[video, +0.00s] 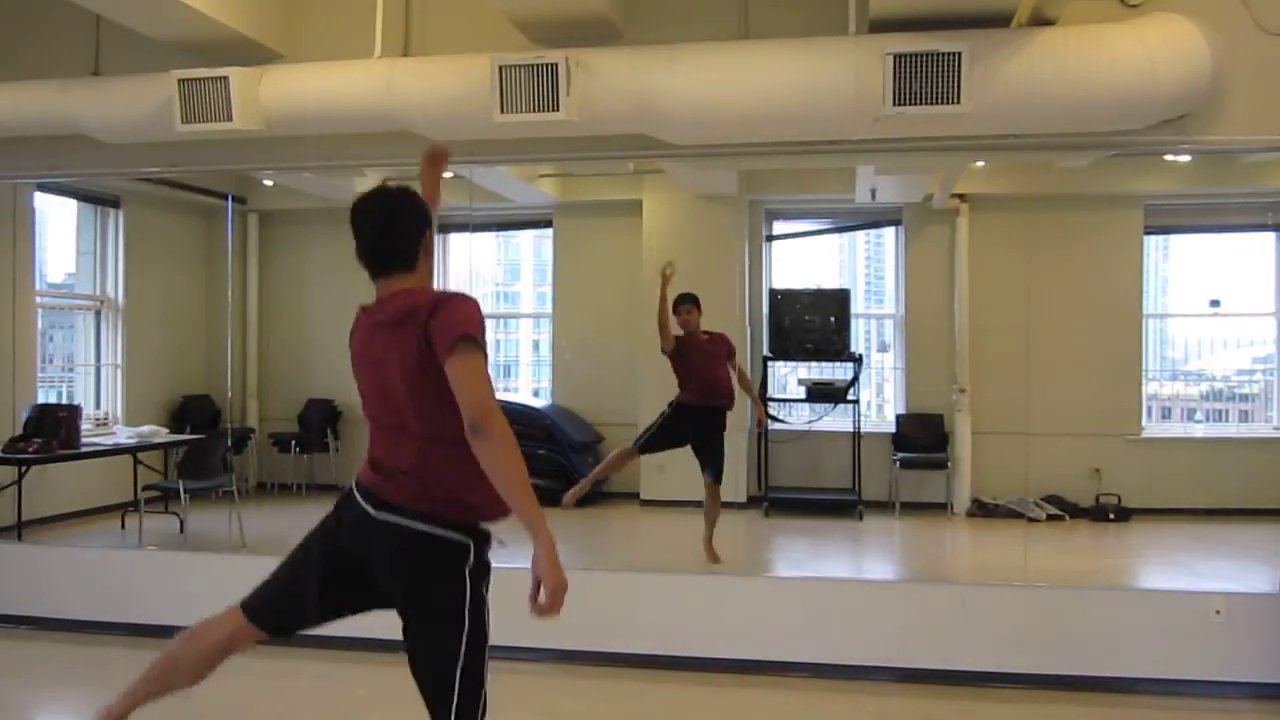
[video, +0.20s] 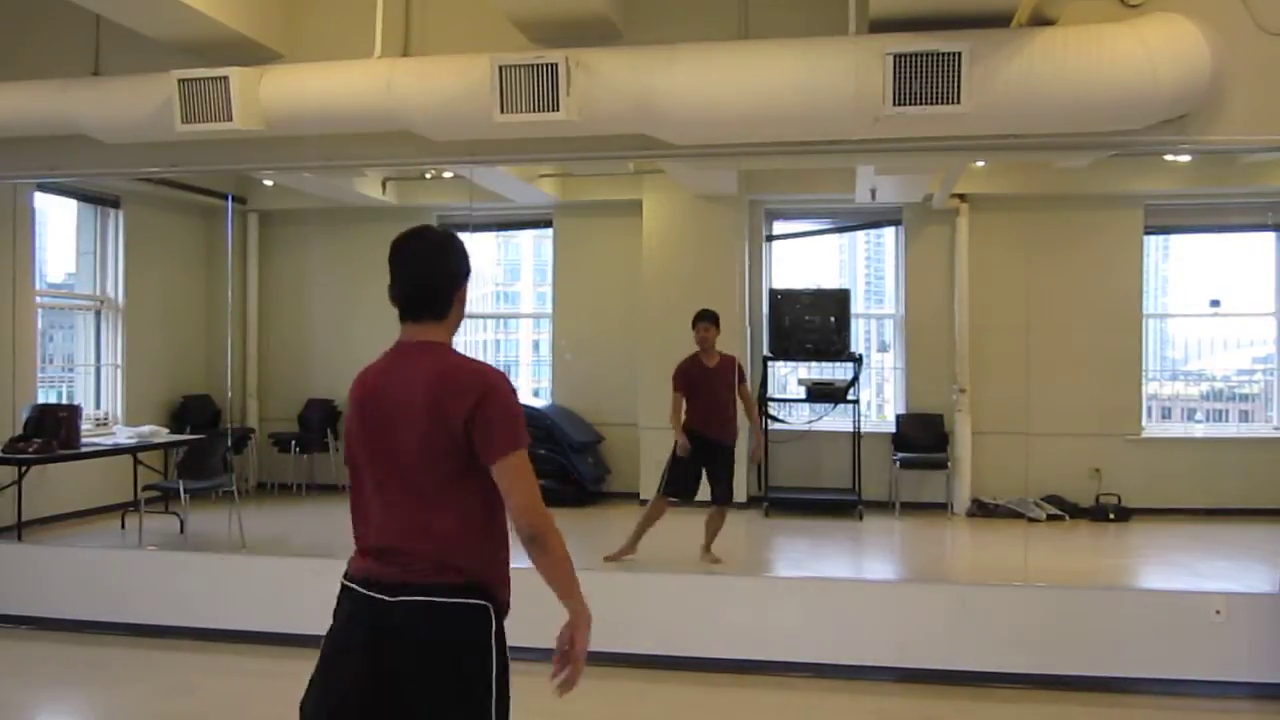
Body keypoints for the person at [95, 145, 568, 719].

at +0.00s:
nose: (425, 235)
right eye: (423, 230)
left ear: (360, 252)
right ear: (425, 241)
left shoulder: (368, 326)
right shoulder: (451, 313)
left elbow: (409, 257)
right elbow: (482, 421)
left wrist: (429, 183)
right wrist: (542, 538)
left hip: (364, 522)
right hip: (442, 549)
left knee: (242, 623)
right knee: (460, 710)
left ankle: (115, 710)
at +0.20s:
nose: (467, 296)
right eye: (467, 285)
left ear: (392, 294)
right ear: (461, 295)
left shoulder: (364, 386)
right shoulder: (481, 386)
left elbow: (368, 505)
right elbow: (530, 523)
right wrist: (577, 608)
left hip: (364, 617)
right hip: (456, 623)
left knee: (327, 711)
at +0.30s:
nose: (483, 295)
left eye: (481, 282)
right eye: (483, 283)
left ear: (410, 284)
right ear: (474, 290)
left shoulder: (357, 380)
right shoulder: (483, 390)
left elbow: (309, 502)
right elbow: (564, 515)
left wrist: (355, 569)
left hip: (371, 605)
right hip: (462, 610)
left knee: (341, 712)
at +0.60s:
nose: (476, 283)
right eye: (474, 272)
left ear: (401, 287)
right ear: (468, 279)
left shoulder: (364, 375)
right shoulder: (495, 368)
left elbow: (309, 501)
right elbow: (582, 492)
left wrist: (360, 551)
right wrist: (617, 531)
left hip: (355, 606)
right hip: (451, 617)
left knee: (306, 710)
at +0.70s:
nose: (465, 287)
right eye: (463, 275)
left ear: (392, 290)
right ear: (457, 282)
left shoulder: (371, 375)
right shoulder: (487, 363)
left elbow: (390, 519)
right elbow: (525, 494)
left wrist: (498, 578)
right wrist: (495, 511)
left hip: (356, 607)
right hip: (445, 619)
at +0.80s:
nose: (444, 285)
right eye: (443, 272)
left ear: (369, 294)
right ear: (437, 278)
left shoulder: (362, 386)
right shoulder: (470, 341)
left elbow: (454, 516)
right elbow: (493, 466)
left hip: (356, 606)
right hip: (444, 616)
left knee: (307, 711)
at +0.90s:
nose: (425, 286)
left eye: (422, 275)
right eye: (424, 274)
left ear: (348, 286)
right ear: (413, 277)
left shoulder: (352, 377)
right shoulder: (433, 324)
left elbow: (452, 483)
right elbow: (523, 429)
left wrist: (561, 503)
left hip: (361, 591)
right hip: (444, 600)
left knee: (318, 711)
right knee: (470, 712)